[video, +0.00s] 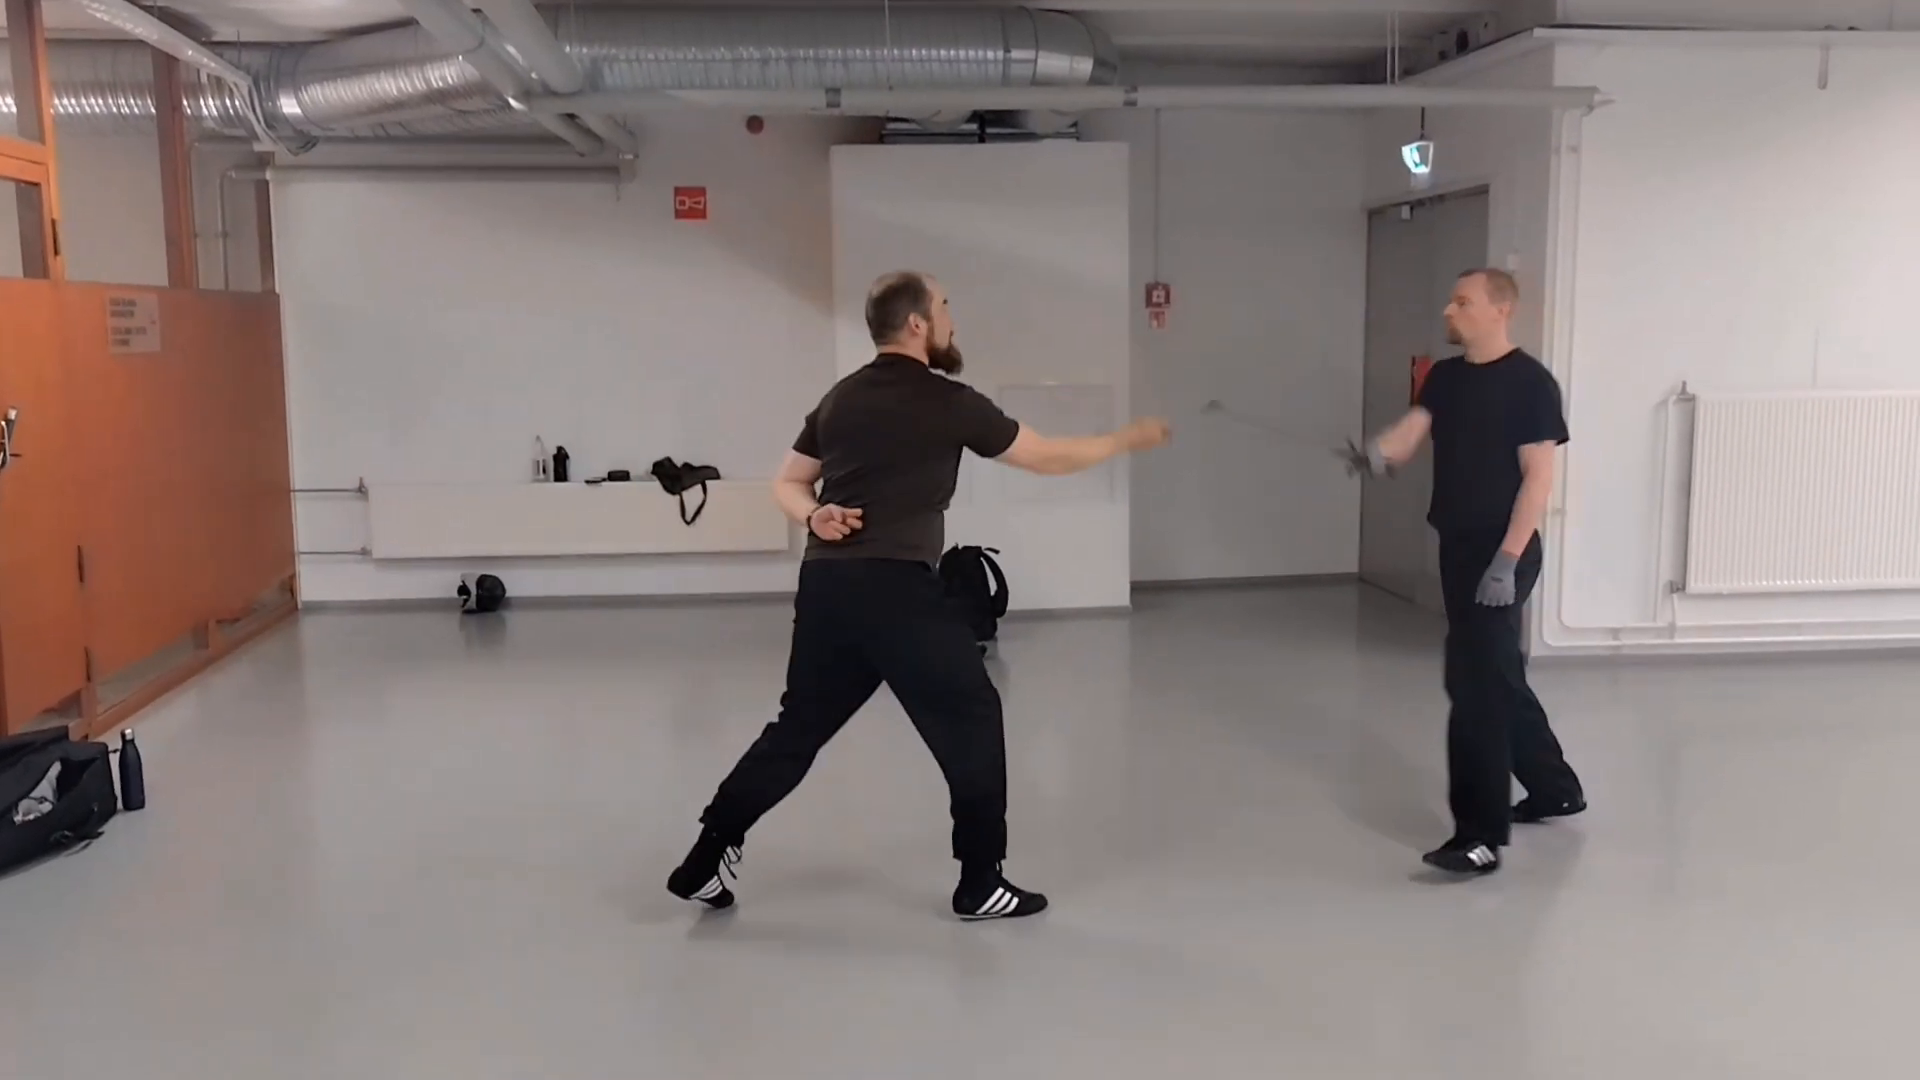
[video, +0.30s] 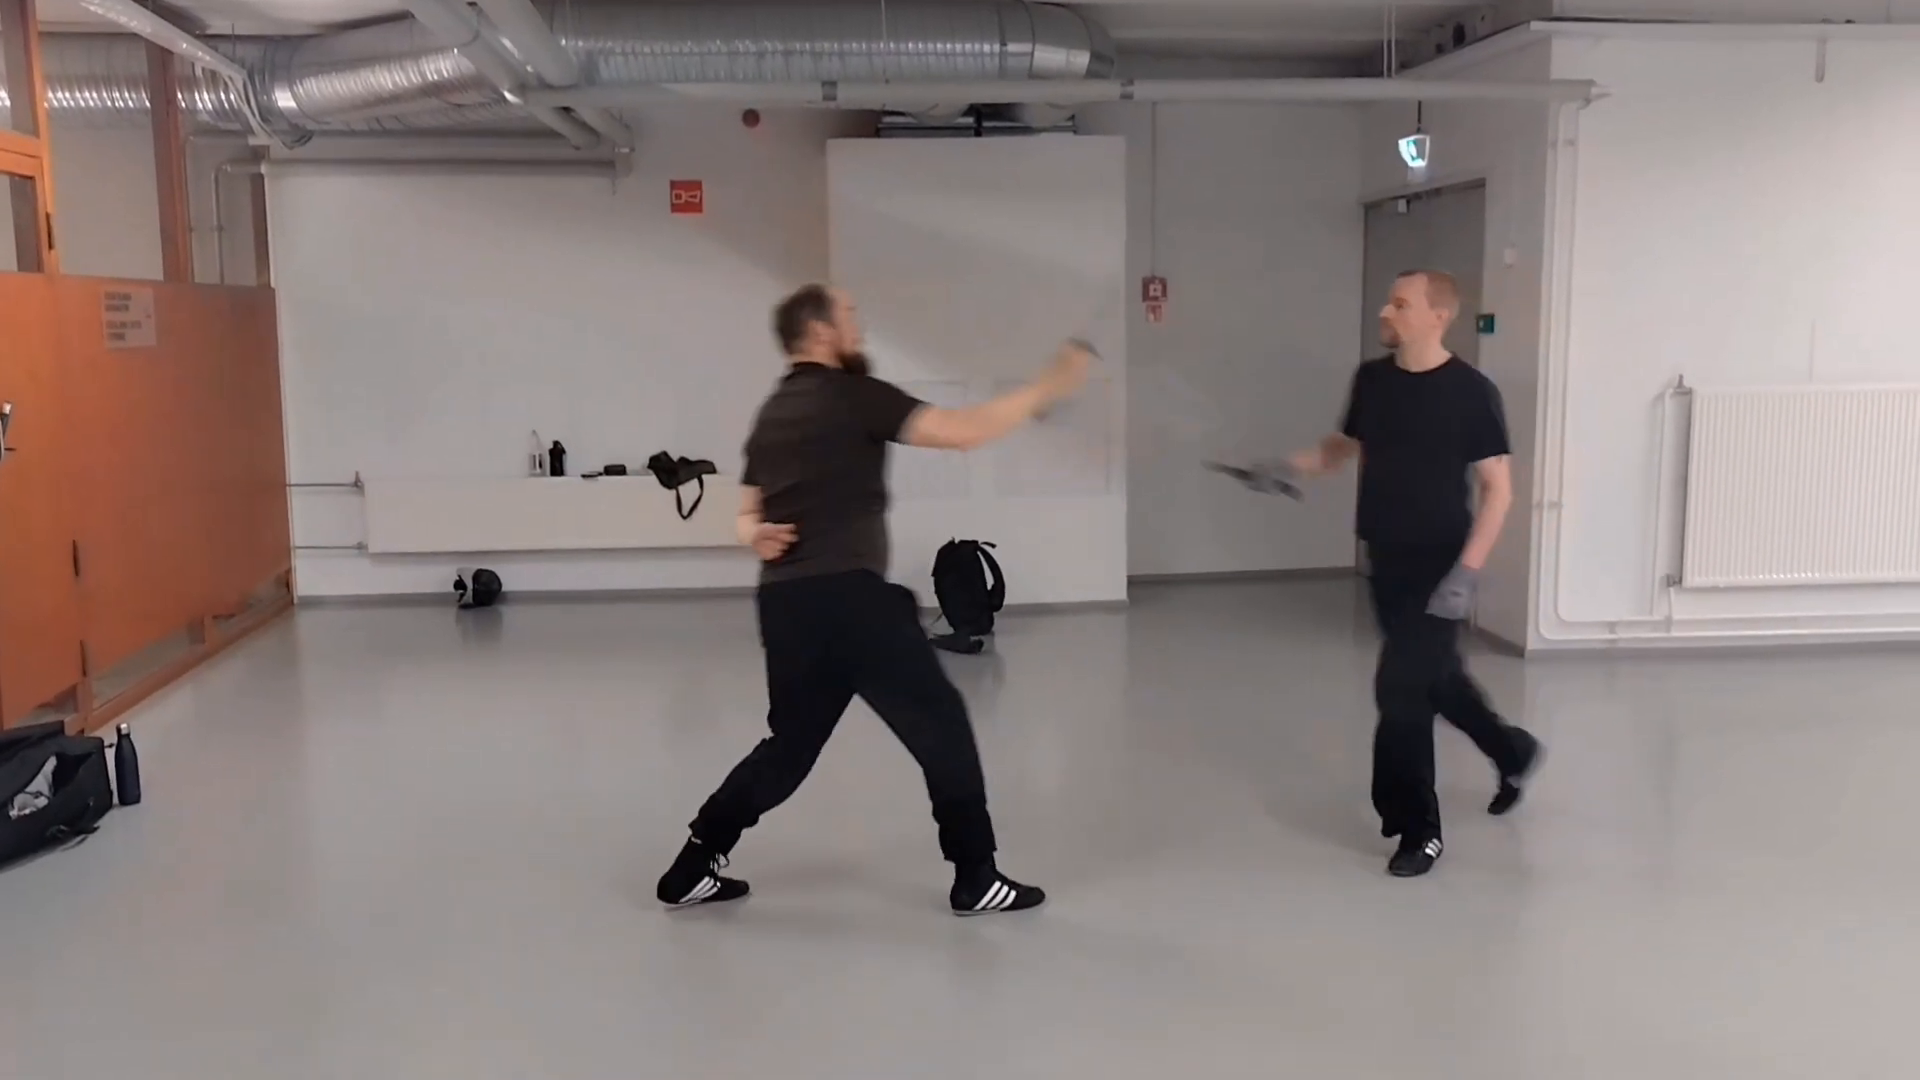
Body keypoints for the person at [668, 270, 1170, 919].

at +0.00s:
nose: (952, 320)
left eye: (947, 308)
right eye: (943, 309)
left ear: (888, 329)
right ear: (917, 323)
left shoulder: (841, 398)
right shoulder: (947, 399)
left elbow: (789, 483)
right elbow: (1042, 456)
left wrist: (812, 513)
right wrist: (1123, 440)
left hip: (825, 591)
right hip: (902, 589)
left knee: (798, 727)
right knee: (972, 718)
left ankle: (707, 857)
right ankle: (981, 882)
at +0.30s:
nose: (859, 328)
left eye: (854, 315)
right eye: (848, 316)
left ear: (802, 336)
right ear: (818, 330)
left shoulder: (775, 410)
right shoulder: (854, 393)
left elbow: (748, 514)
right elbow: (960, 430)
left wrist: (759, 534)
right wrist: (1048, 389)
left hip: (788, 604)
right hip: (855, 599)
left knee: (790, 746)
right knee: (941, 728)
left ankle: (691, 868)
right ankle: (976, 879)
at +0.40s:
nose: (804, 331)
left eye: (799, 319)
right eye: (792, 319)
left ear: (745, 337)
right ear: (759, 331)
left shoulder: (726, 407)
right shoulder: (784, 390)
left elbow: (737, 502)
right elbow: (894, 414)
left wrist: (717, 531)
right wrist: (983, 359)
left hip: (753, 601)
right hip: (810, 595)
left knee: (776, 749)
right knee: (903, 722)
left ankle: (690, 869)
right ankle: (973, 861)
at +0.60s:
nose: (716, 324)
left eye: (712, 309)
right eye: (706, 311)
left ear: (654, 328)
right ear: (673, 322)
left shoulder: (636, 397)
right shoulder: (696, 385)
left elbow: (660, 498)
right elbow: (794, 450)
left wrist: (644, 529)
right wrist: (872, 418)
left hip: (667, 592)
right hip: (715, 585)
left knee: (739, 720)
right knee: (794, 722)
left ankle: (685, 869)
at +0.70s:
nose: (684, 316)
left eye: (680, 302)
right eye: (675, 303)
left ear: (623, 316)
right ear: (638, 312)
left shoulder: (590, 392)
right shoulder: (674, 382)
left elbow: (591, 497)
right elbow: (764, 481)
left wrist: (592, 517)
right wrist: (814, 475)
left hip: (618, 586)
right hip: (666, 584)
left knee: (691, 729)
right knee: (707, 737)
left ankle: (681, 867)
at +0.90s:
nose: (652, 360)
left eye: (650, 347)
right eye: (646, 348)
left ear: (576, 359)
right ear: (614, 358)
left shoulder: (515, 423)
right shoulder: (635, 450)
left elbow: (458, 506)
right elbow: (673, 557)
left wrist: (473, 548)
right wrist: (712, 543)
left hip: (502, 623)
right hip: (558, 628)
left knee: (633, 715)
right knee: (501, 799)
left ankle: (667, 865)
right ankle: (376, 953)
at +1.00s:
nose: (651, 358)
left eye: (650, 344)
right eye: (646, 346)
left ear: (574, 355)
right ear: (614, 355)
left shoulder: (506, 414)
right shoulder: (630, 447)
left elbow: (444, 490)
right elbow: (670, 548)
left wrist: (462, 541)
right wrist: (714, 533)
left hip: (490, 617)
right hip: (548, 623)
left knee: (620, 713)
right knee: (498, 800)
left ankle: (656, 865)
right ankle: (377, 952)